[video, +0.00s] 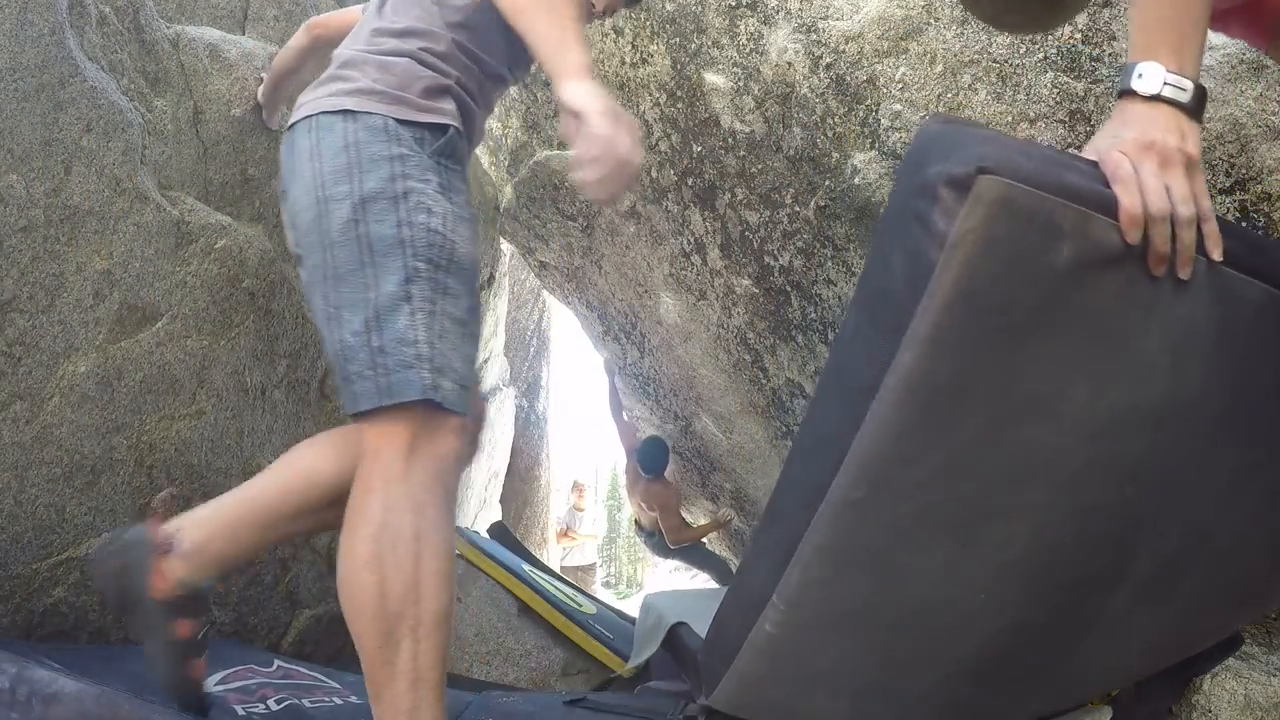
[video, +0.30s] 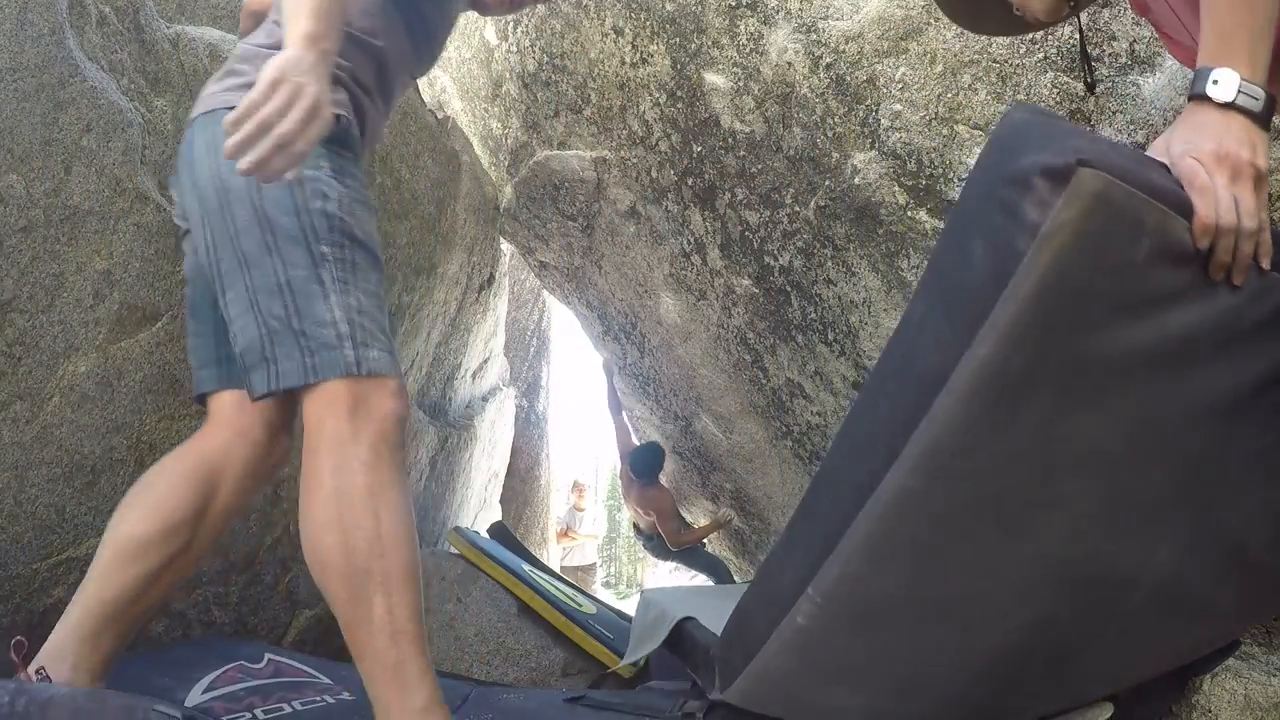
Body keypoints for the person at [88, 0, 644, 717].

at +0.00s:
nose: (609, 13)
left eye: (612, 13)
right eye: (609, 6)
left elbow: (324, 26)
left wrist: (273, 92)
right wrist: (577, 82)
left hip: (362, 128)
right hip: (379, 125)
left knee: (435, 424)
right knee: (420, 428)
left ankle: (171, 558)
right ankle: (411, 708)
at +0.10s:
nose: (577, 9)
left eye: (585, 11)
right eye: (581, 1)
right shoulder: (500, 5)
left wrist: (269, 93)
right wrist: (468, 68)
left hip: (309, 134)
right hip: (350, 130)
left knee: (339, 441)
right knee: (390, 432)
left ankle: (93, 632)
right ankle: (402, 711)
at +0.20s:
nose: (550, 5)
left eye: (559, 6)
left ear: (541, 4)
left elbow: (283, 13)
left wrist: (265, 107)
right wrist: (373, 46)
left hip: (271, 135)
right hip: (320, 128)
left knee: (274, 441)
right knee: (366, 429)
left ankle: (63, 665)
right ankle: (401, 709)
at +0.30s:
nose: (516, 3)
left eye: (521, 6)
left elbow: (261, 12)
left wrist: (279, 58)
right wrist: (312, 48)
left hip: (233, 124)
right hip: (290, 117)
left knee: (245, 423)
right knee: (359, 406)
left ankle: (58, 678)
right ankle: (413, 708)